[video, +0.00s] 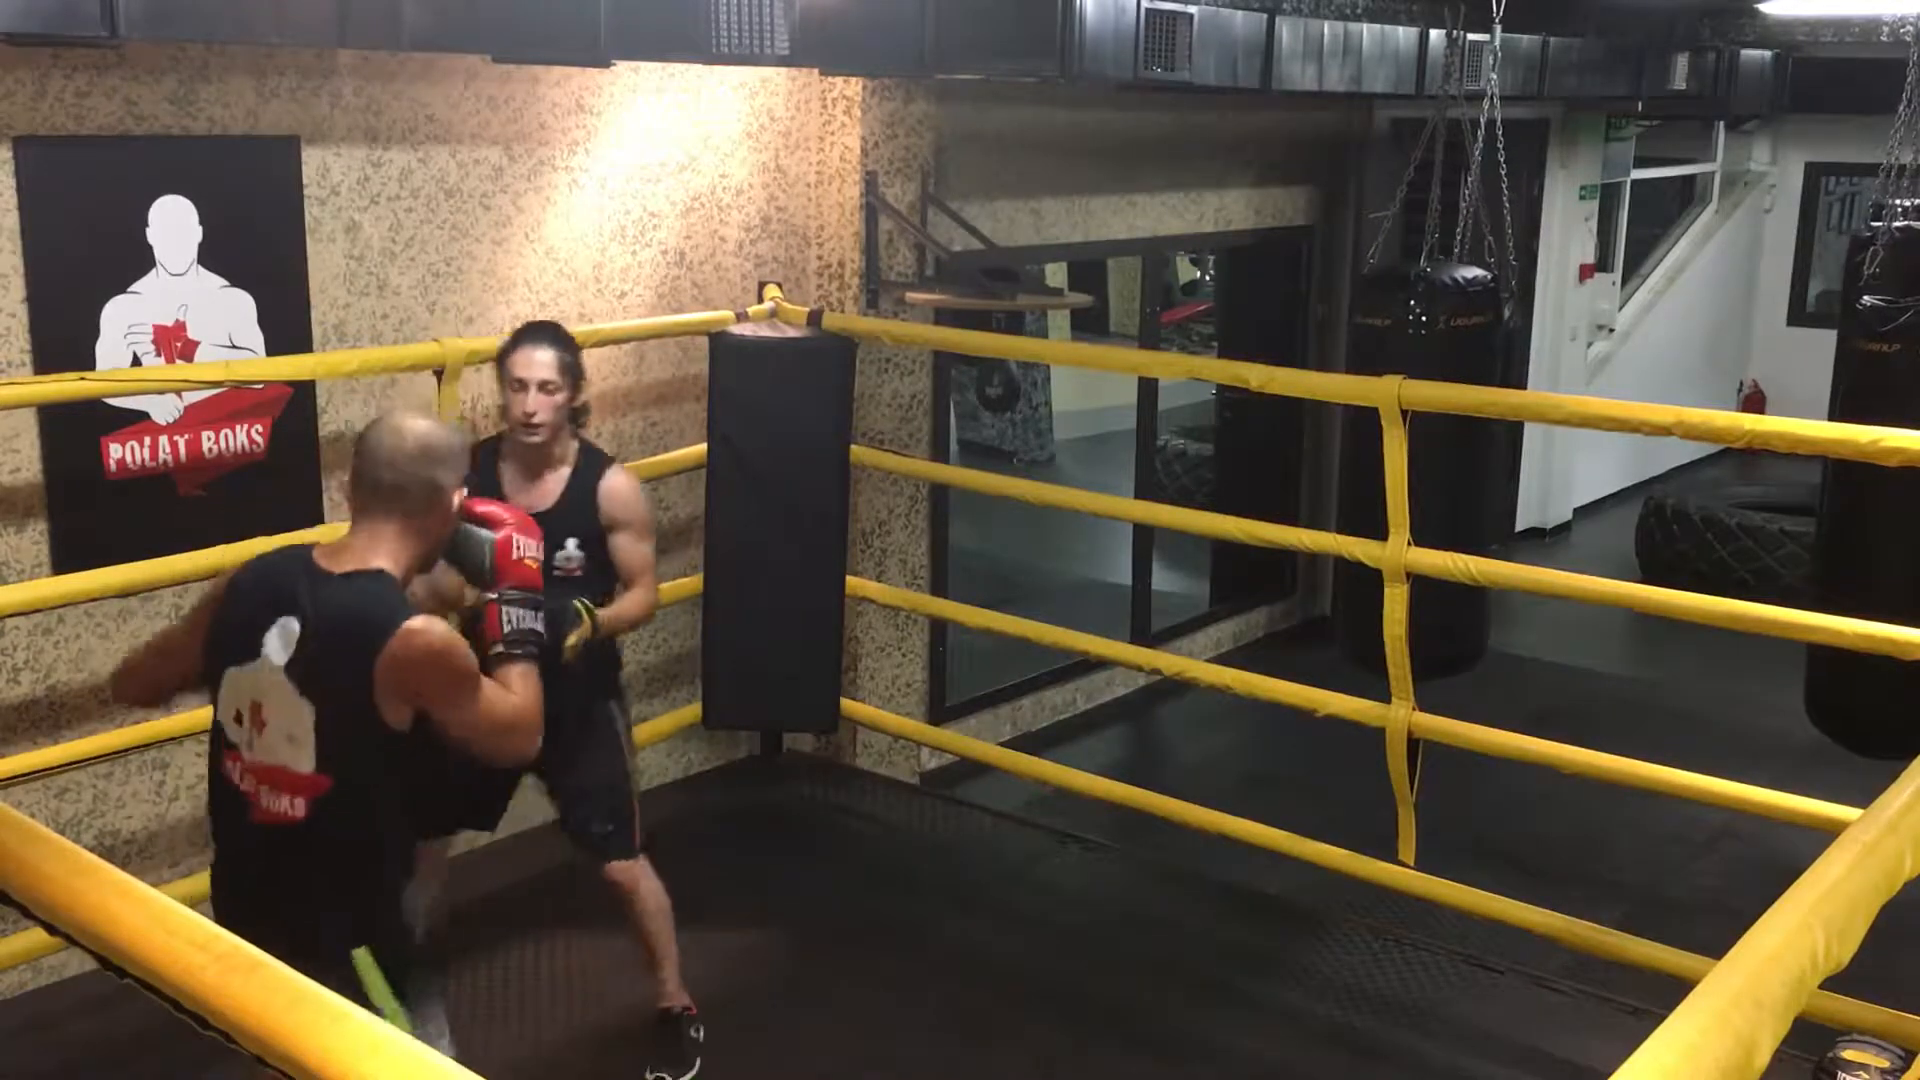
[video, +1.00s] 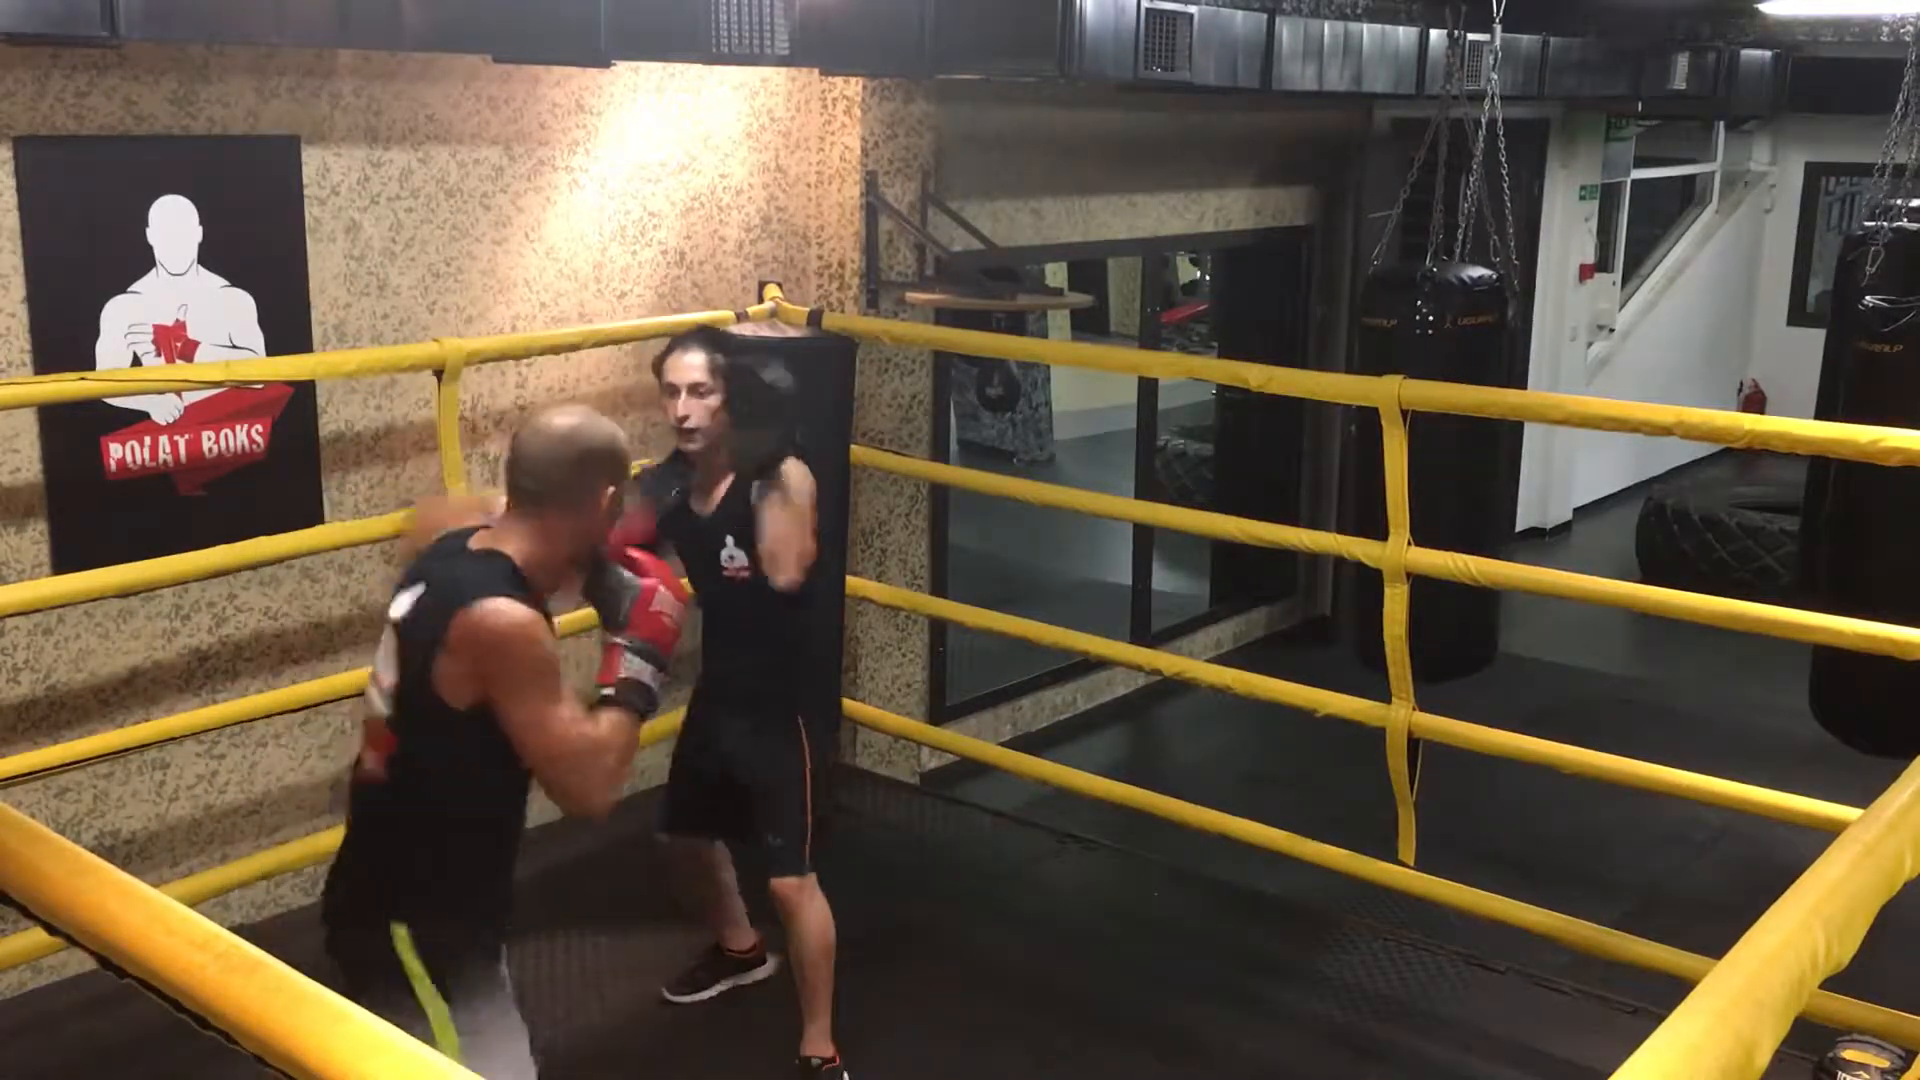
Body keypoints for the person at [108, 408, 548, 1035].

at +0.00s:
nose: (459, 510)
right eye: (461, 499)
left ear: (351, 488)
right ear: (451, 507)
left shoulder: (256, 583)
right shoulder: (416, 644)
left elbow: (136, 683)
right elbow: (518, 733)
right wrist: (513, 605)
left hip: (245, 923)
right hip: (356, 940)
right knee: (415, 1065)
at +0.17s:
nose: (476, 464)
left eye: (476, 444)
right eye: (475, 444)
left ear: (365, 436)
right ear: (456, 449)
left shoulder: (261, 542)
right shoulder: (429, 584)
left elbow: (194, 649)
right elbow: (514, 722)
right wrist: (520, 575)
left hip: (261, 879)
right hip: (365, 895)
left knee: (282, 1055)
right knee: (378, 1064)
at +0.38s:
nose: (512, 478)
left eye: (508, 463)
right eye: (512, 467)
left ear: (398, 452)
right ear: (501, 474)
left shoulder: (308, 556)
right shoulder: (449, 604)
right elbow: (530, 773)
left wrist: (478, 572)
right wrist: (566, 628)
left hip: (286, 901)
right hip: (388, 923)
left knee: (308, 1066)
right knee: (437, 1072)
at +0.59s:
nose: (554, 506)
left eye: (552, 491)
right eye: (555, 493)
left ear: (438, 481)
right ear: (545, 500)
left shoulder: (338, 585)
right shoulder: (518, 642)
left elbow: (259, 748)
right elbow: (568, 819)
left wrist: (378, 712)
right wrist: (601, 713)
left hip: (323, 948)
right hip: (434, 968)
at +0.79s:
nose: (562, 527)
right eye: (564, 513)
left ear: (444, 510)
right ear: (556, 521)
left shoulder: (351, 623)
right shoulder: (568, 663)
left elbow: (283, 755)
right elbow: (662, 736)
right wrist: (640, 597)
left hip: (346, 977)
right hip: (472, 995)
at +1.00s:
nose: (620, 512)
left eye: (622, 497)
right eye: (621, 495)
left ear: (518, 483)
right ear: (605, 503)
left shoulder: (453, 535)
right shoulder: (502, 624)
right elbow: (589, 784)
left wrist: (592, 562)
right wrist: (638, 656)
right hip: (426, 930)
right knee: (501, 1070)